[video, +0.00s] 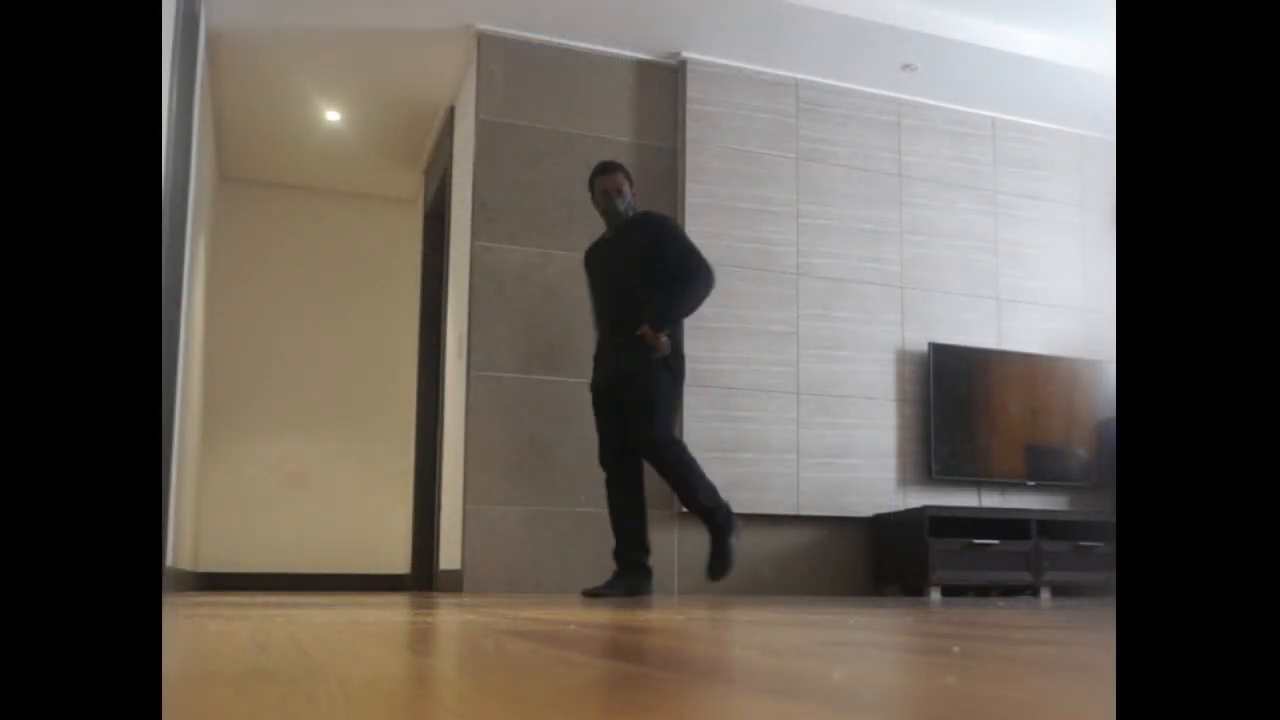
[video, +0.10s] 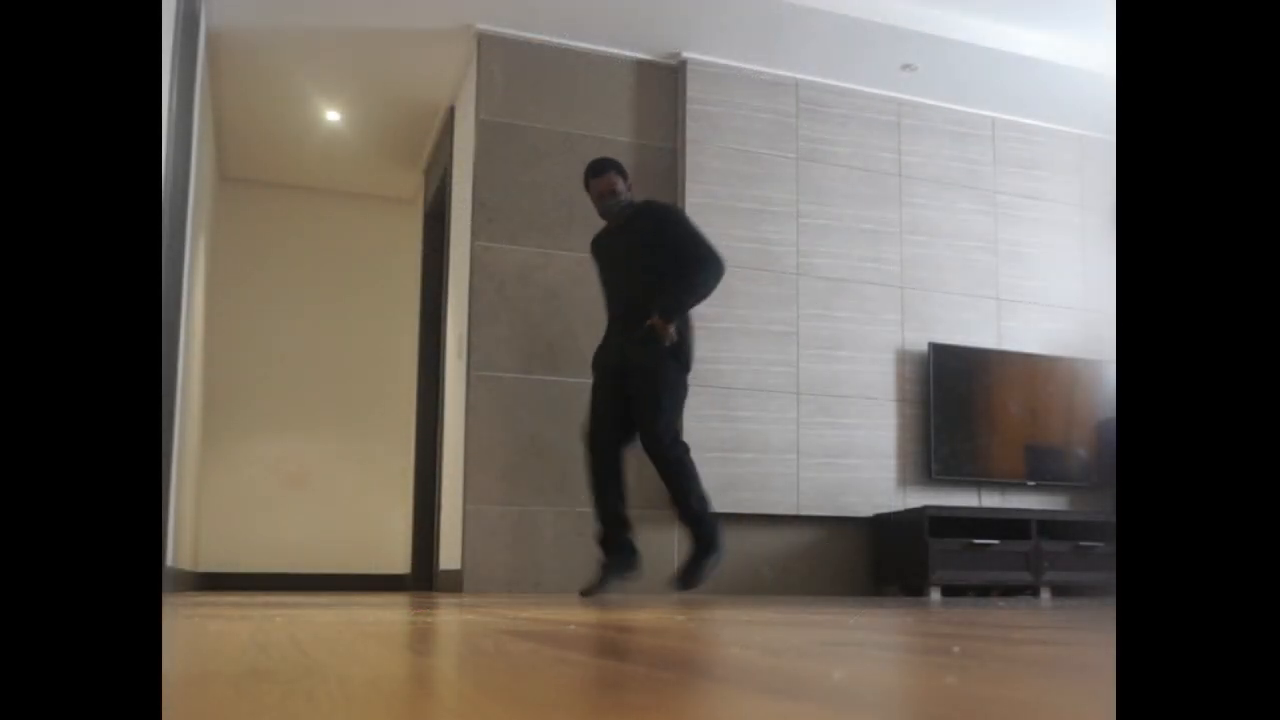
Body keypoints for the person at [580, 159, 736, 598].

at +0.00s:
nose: (613, 200)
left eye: (619, 191)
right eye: (604, 195)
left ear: (632, 192)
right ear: (593, 202)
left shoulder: (657, 228)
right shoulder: (596, 255)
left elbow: (701, 277)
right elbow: (605, 317)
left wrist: (662, 322)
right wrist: (602, 368)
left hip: (655, 363)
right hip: (611, 368)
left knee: (656, 443)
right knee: (618, 464)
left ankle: (720, 520)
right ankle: (632, 571)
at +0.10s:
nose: (608, 200)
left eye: (613, 191)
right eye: (600, 196)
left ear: (628, 186)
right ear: (592, 201)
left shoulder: (661, 218)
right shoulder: (602, 245)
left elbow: (710, 266)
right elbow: (620, 302)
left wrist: (670, 312)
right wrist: (609, 346)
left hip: (663, 352)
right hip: (618, 355)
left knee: (661, 441)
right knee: (602, 444)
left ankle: (706, 538)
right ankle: (619, 553)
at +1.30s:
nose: (637, 217)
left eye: (643, 208)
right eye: (629, 210)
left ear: (660, 205)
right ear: (620, 213)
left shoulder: (691, 241)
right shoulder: (624, 261)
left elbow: (729, 296)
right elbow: (635, 322)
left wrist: (690, 318)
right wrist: (626, 364)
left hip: (677, 370)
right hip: (634, 369)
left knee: (679, 466)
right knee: (584, 449)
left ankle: (694, 570)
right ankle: (621, 555)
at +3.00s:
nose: (590, 208)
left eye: (599, 207)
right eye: (586, 198)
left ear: (603, 219)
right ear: (566, 194)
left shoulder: (603, 263)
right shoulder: (528, 228)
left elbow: (629, 320)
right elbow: (501, 261)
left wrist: (689, 328)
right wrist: (487, 285)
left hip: (607, 377)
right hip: (548, 378)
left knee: (656, 450)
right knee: (518, 467)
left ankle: (675, 555)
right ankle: (503, 571)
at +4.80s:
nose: (660, 210)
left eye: (665, 203)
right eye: (653, 201)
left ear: (667, 203)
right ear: (628, 197)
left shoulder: (673, 251)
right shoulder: (590, 243)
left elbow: (723, 291)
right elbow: (558, 289)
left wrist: (785, 296)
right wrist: (529, 294)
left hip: (657, 375)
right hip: (598, 375)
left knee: (669, 455)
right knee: (568, 466)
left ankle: (688, 561)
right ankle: (558, 574)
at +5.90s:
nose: (840, 214)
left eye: (845, 207)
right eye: (830, 208)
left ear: (854, 212)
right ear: (813, 216)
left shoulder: (869, 247)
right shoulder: (784, 258)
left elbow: (916, 199)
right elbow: (735, 238)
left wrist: (851, 186)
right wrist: (782, 196)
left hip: (862, 372)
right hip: (815, 377)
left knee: (872, 457)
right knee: (825, 468)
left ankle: (916, 555)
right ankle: (818, 571)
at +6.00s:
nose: (857, 214)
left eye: (863, 208)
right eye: (848, 208)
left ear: (870, 214)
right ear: (831, 217)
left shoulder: (890, 247)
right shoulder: (804, 260)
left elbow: (934, 203)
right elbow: (754, 251)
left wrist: (869, 190)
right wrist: (794, 201)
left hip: (877, 378)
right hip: (829, 381)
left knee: (896, 461)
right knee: (828, 471)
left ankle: (941, 554)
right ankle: (820, 568)